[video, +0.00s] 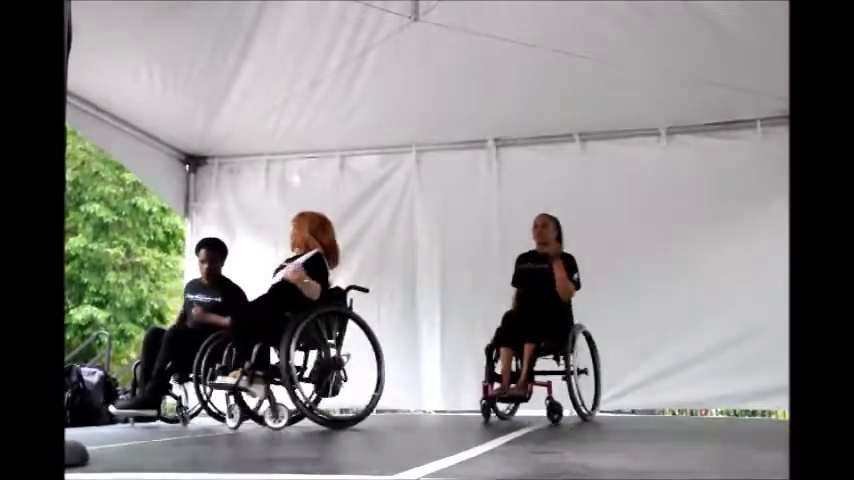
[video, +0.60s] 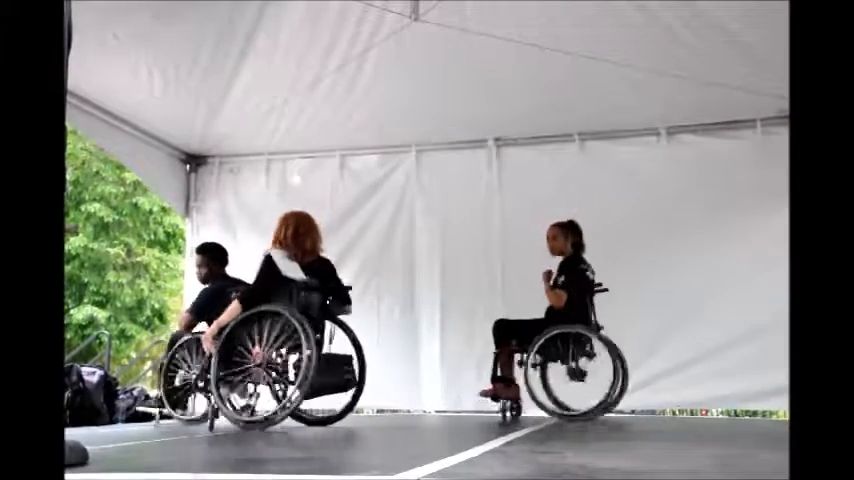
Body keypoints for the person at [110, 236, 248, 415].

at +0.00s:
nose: (207, 267)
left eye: (212, 262)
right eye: (203, 262)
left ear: (222, 262)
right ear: (197, 262)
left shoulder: (233, 292)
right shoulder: (192, 287)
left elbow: (238, 324)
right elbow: (184, 314)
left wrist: (207, 317)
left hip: (218, 350)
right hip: (192, 346)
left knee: (174, 335)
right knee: (154, 335)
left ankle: (153, 399)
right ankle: (144, 398)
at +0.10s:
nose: (199, 268)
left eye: (204, 263)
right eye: (197, 262)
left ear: (218, 262)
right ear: (194, 262)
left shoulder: (231, 290)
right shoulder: (198, 287)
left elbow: (237, 324)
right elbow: (198, 317)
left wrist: (207, 317)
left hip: (221, 351)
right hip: (199, 348)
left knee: (174, 332)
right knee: (155, 334)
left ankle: (147, 397)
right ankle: (141, 395)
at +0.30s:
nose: (195, 272)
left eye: (200, 267)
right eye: (192, 267)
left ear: (213, 266)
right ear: (189, 267)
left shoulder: (221, 289)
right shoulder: (215, 288)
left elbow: (221, 323)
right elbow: (216, 320)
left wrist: (196, 323)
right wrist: (198, 323)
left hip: (226, 348)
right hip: (220, 344)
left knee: (169, 337)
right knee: (168, 336)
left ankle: (146, 395)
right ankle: (150, 391)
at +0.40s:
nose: (195, 272)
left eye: (199, 267)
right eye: (192, 267)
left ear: (213, 266)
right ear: (190, 266)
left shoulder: (217, 292)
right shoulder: (225, 287)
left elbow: (206, 324)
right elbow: (208, 320)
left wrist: (187, 325)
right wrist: (191, 325)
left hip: (221, 349)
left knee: (168, 336)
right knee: (170, 337)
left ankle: (145, 394)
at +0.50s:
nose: (198, 272)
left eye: (203, 267)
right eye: (196, 267)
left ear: (218, 266)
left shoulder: (213, 293)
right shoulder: (241, 288)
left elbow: (190, 327)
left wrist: (186, 315)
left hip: (225, 362)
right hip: (248, 358)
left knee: (173, 337)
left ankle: (160, 396)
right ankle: (173, 396)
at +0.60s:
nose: (197, 271)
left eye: (200, 266)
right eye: (197, 266)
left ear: (210, 266)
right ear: (222, 265)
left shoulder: (211, 292)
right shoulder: (245, 287)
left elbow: (185, 325)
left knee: (178, 338)